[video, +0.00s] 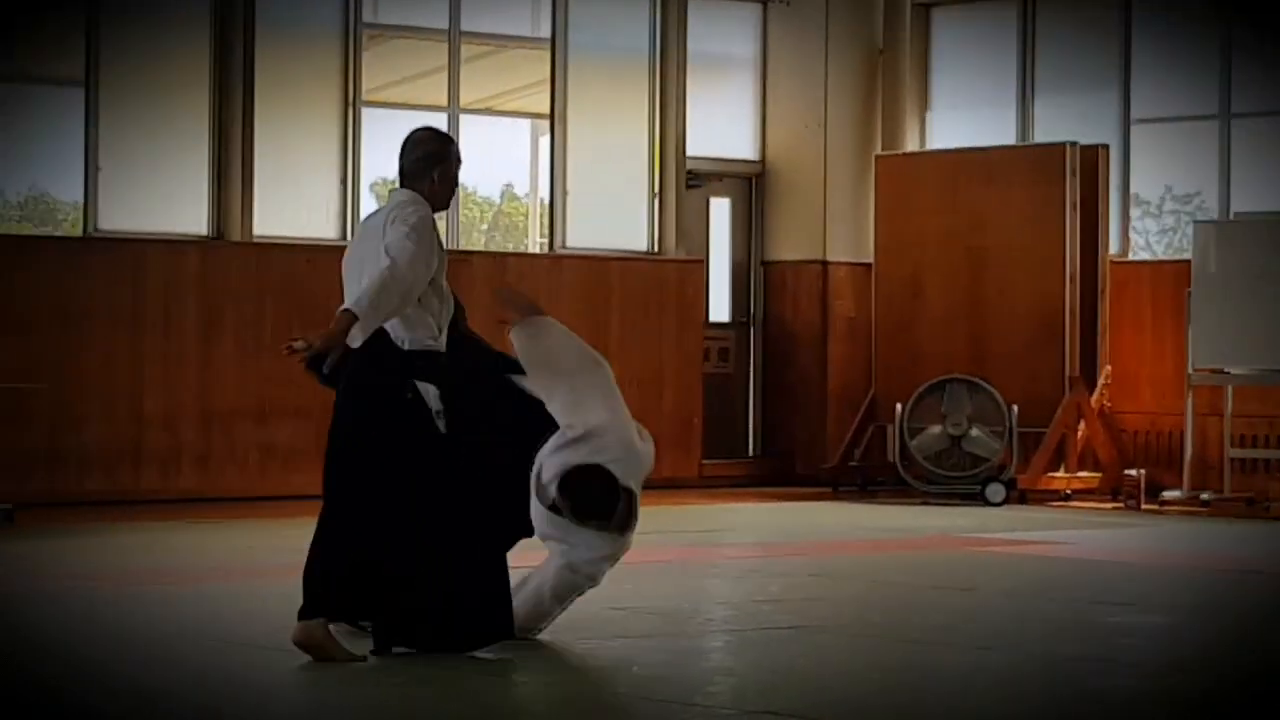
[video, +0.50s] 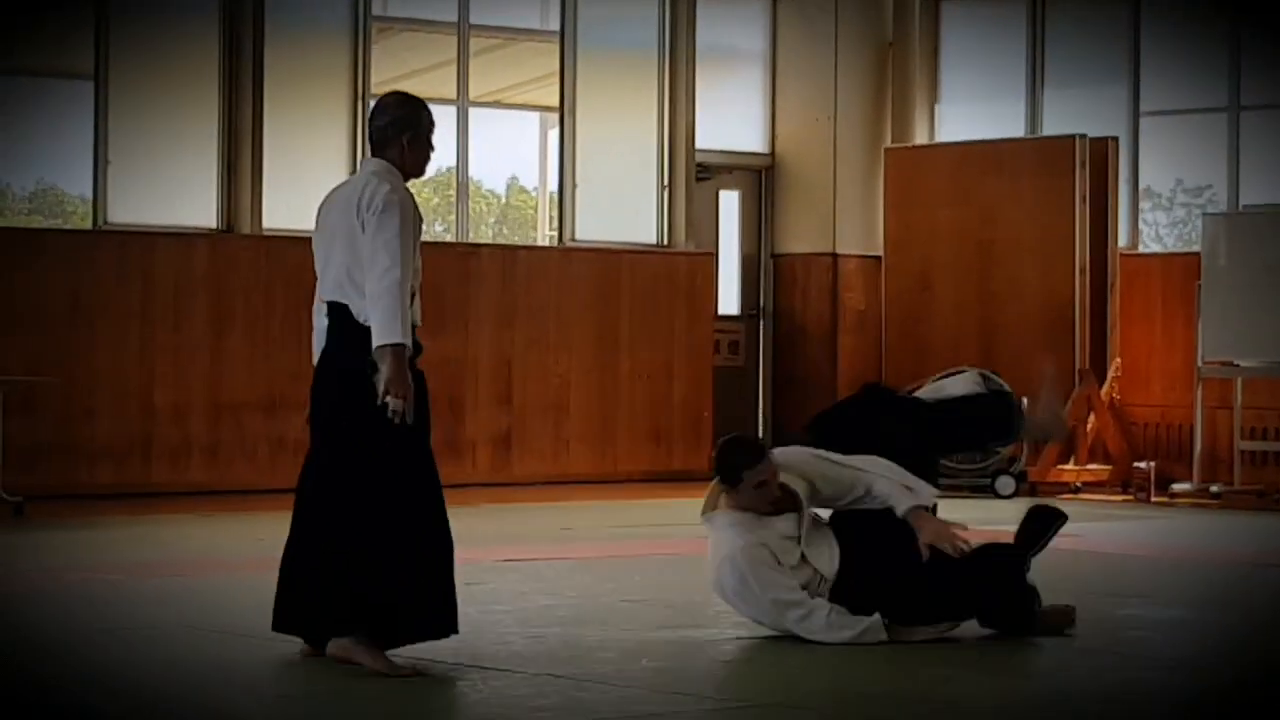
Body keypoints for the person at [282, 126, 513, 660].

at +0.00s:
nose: (458, 182)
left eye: (457, 171)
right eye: (455, 171)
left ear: (406, 171)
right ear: (436, 171)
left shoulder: (372, 223)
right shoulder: (415, 219)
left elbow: (365, 294)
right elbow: (395, 278)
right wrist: (339, 331)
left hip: (365, 375)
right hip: (403, 379)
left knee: (351, 495)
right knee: (412, 498)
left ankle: (316, 615)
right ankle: (406, 624)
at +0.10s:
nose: (454, 187)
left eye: (454, 175)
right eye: (451, 174)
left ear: (403, 171)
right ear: (429, 172)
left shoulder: (360, 223)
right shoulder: (409, 220)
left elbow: (366, 309)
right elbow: (385, 286)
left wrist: (426, 356)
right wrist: (341, 348)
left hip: (345, 383)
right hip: (383, 387)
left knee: (335, 505)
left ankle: (325, 631)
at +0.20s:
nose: (444, 180)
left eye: (445, 168)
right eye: (442, 167)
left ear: (395, 159)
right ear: (421, 162)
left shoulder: (350, 211)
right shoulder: (396, 208)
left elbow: (358, 306)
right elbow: (378, 279)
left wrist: (423, 377)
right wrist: (360, 358)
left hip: (335, 366)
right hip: (378, 371)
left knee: (333, 499)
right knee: (448, 478)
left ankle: (325, 630)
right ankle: (423, 617)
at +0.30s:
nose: (438, 164)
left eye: (439, 152)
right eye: (435, 151)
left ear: (388, 147)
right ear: (411, 149)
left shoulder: (343, 199)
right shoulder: (385, 195)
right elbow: (375, 276)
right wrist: (379, 357)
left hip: (332, 361)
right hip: (367, 361)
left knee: (334, 491)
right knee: (440, 475)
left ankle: (322, 626)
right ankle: (415, 618)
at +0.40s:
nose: (432, 154)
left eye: (432, 143)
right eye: (428, 142)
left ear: (379, 140)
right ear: (406, 142)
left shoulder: (337, 195)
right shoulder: (385, 194)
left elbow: (327, 282)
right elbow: (378, 276)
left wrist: (356, 344)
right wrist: (390, 357)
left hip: (334, 355)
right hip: (373, 358)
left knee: (332, 490)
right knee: (406, 490)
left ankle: (323, 627)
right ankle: (388, 626)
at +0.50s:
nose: (431, 150)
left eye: (431, 139)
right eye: (427, 139)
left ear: (378, 138)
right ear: (406, 140)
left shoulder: (336, 197)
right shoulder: (390, 195)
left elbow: (326, 290)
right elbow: (386, 281)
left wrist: (328, 363)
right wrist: (394, 361)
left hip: (337, 359)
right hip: (378, 359)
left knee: (336, 492)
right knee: (386, 497)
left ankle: (323, 627)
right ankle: (362, 632)